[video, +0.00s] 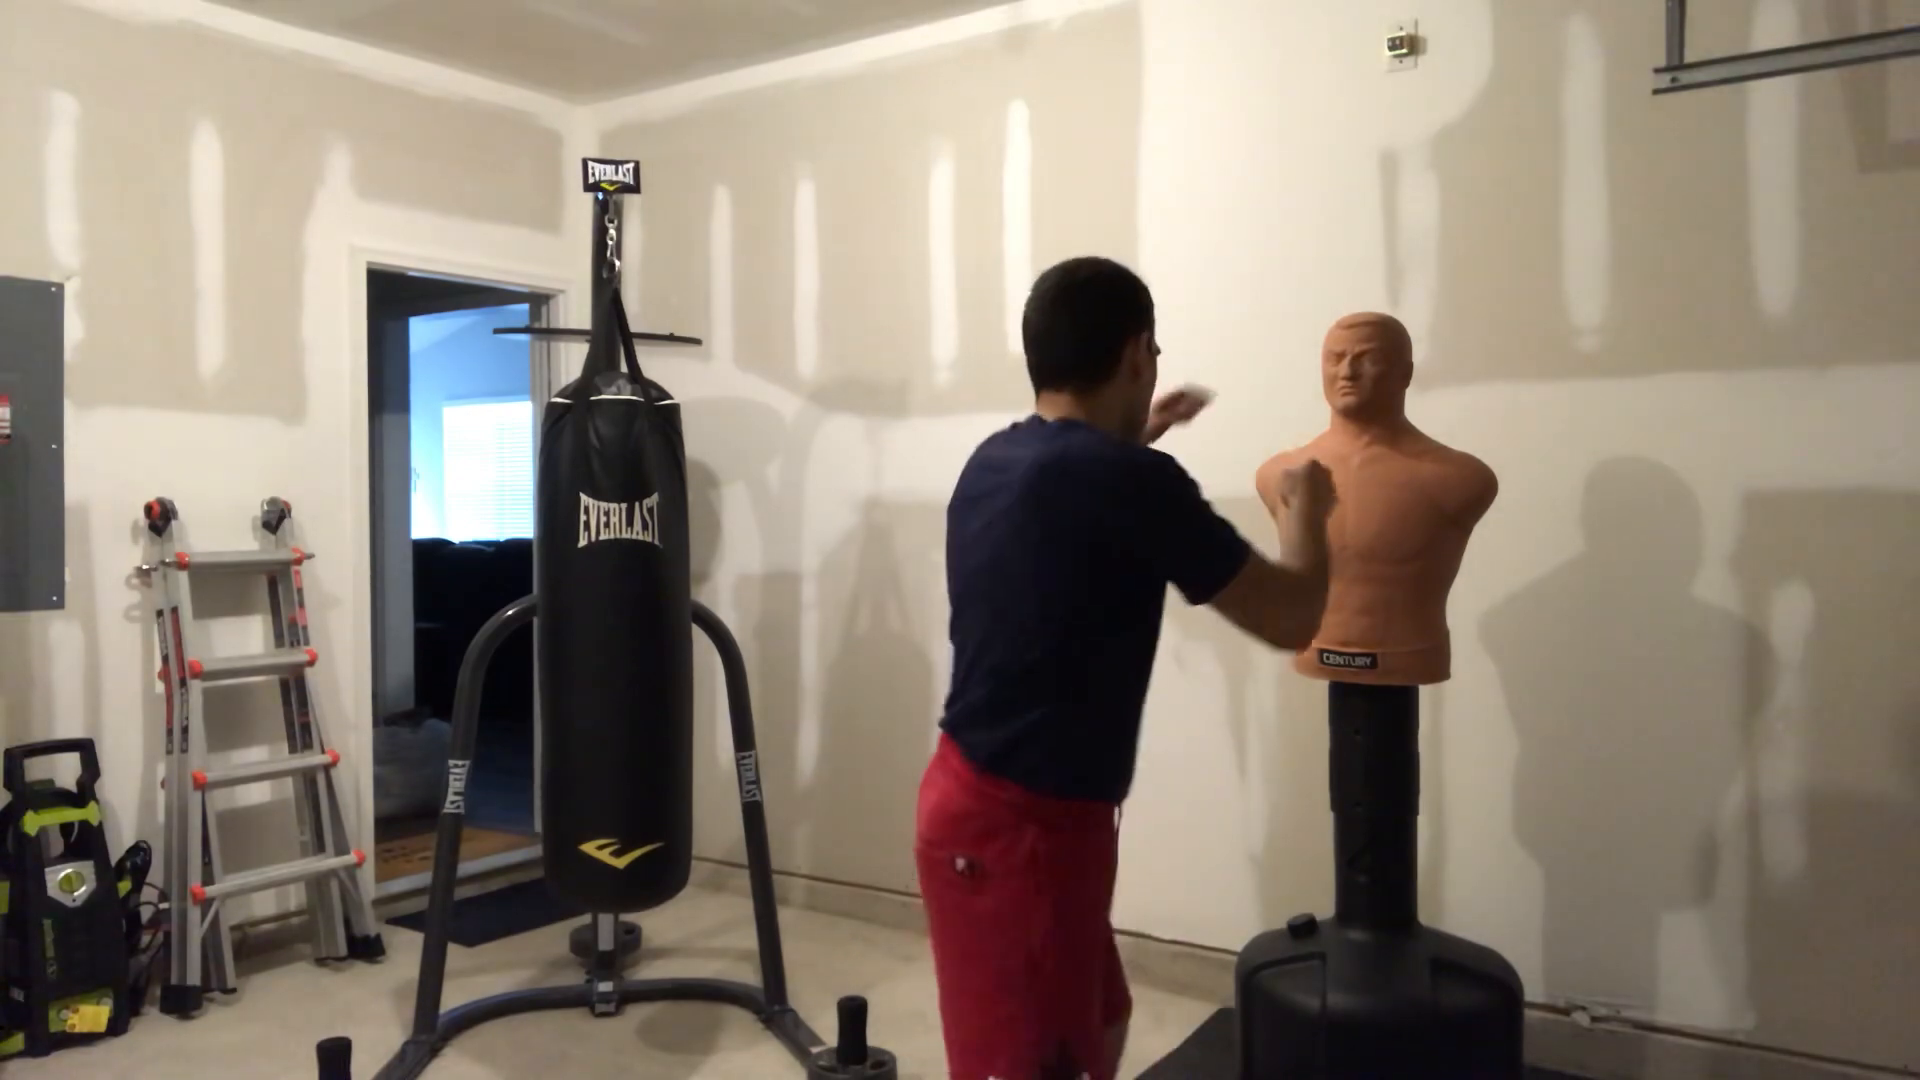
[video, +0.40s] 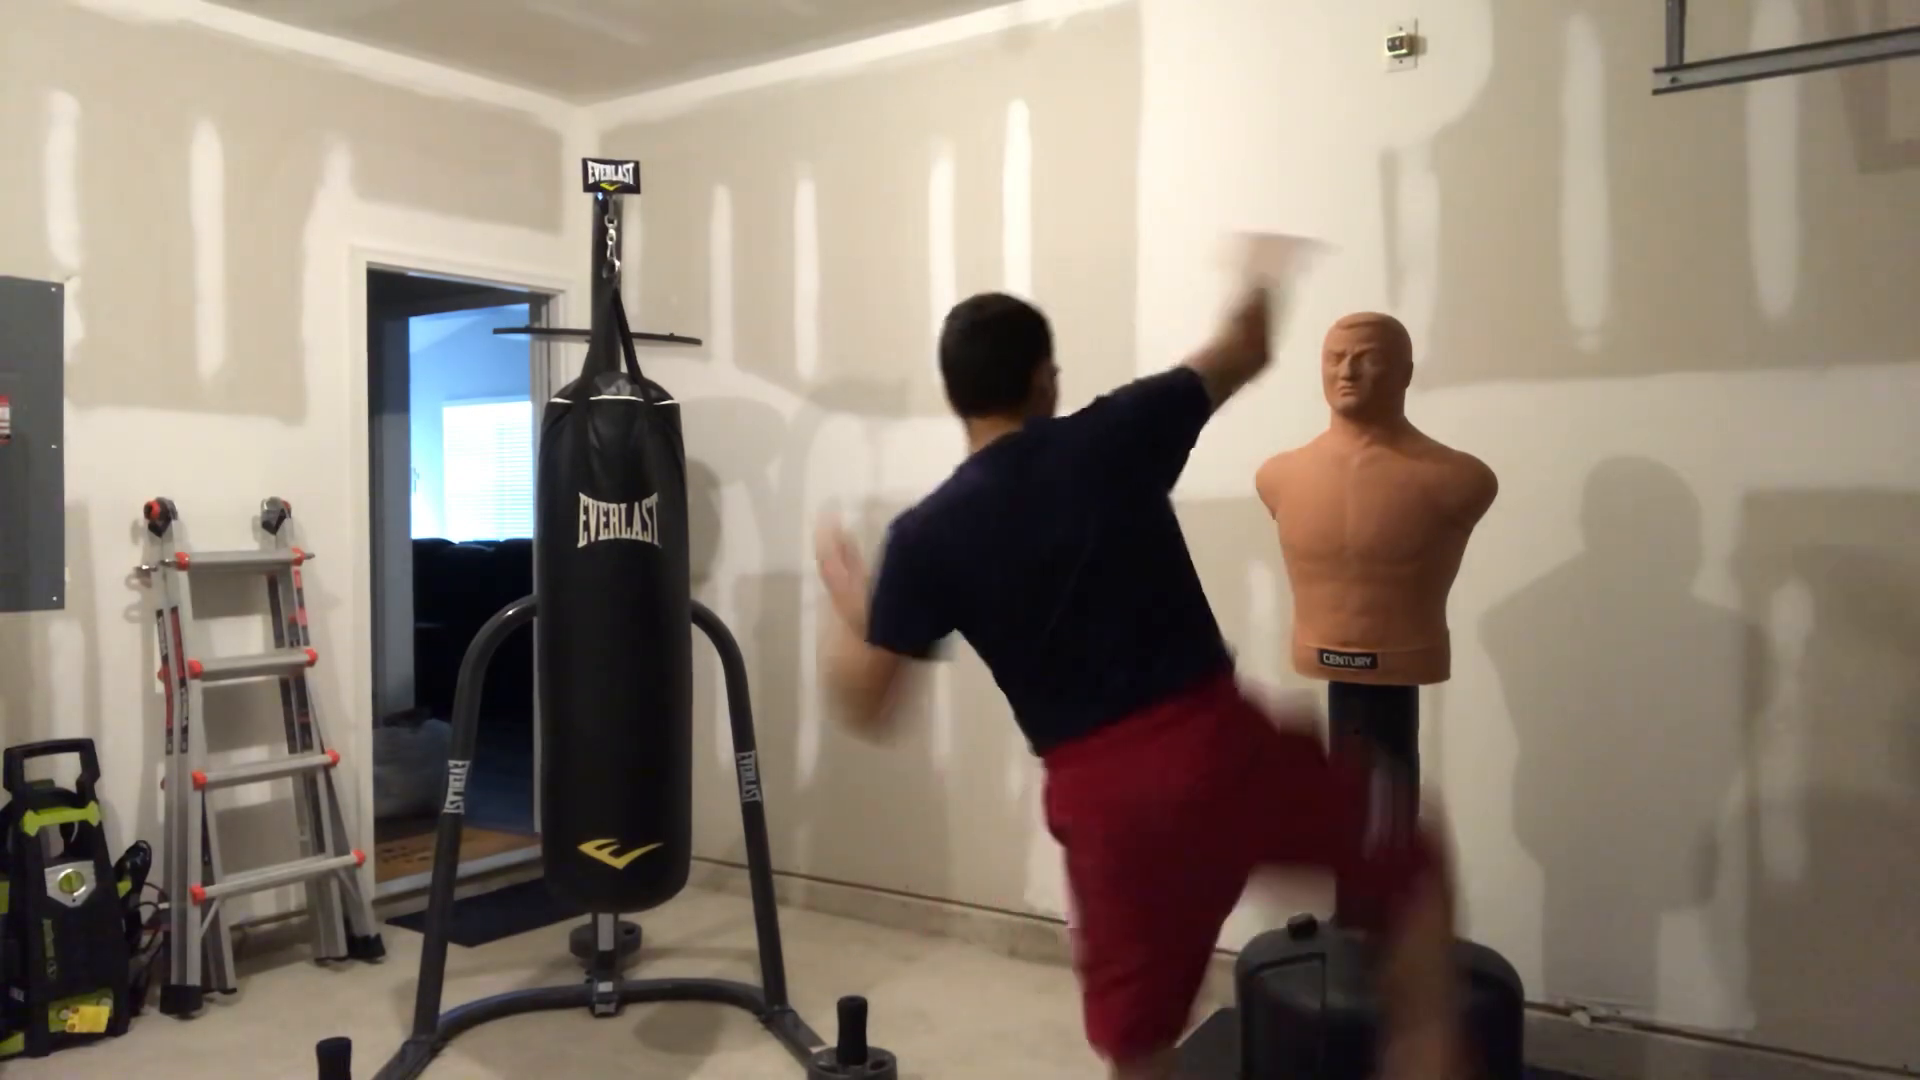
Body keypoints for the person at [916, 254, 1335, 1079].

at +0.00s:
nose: (1155, 372)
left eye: (1153, 353)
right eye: (1154, 352)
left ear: (1036, 358)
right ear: (1134, 354)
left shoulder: (991, 462)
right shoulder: (1130, 481)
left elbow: (1063, 519)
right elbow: (1293, 616)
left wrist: (1131, 440)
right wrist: (1305, 508)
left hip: (980, 813)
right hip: (1029, 834)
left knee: (1093, 1021)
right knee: (1026, 1061)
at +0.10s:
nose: (1148, 380)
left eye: (1144, 363)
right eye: (1144, 362)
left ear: (1032, 372)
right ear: (1127, 367)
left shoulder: (979, 489)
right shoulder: (1152, 486)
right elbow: (1304, 568)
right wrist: (1280, 461)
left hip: (980, 809)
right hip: (1069, 828)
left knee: (1106, 1041)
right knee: (1055, 1053)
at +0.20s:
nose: (1116, 382)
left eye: (1111, 369)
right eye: (1110, 370)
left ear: (1008, 389)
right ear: (1098, 378)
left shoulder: (966, 515)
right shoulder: (1148, 481)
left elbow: (940, 693)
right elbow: (1271, 475)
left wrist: (1018, 622)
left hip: (1021, 809)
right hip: (1121, 812)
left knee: (1065, 1031)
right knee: (1121, 1040)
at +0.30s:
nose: (1083, 381)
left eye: (1075, 366)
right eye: (1078, 367)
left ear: (977, 396)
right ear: (1068, 379)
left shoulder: (949, 535)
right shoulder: (1136, 456)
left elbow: (947, 730)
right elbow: (1225, 381)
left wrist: (977, 645)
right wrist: (1161, 295)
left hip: (1057, 798)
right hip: (1166, 784)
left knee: (1118, 1033)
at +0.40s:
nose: (1053, 379)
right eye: (1050, 368)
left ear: (951, 393)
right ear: (1046, 380)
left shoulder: (930, 537)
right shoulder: (1114, 437)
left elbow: (865, 702)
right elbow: (1241, 352)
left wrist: (847, 601)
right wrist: (1258, 286)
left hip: (1102, 801)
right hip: (1219, 751)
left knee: (1138, 1047)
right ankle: (1422, 1062)